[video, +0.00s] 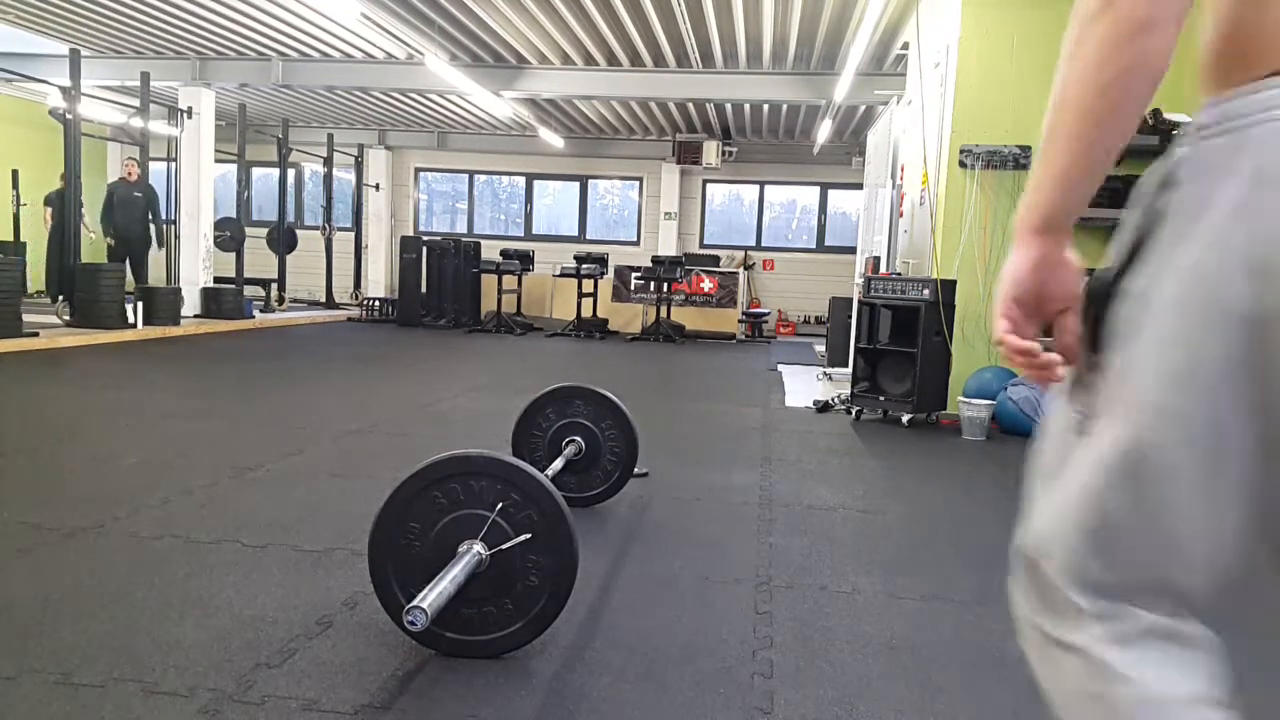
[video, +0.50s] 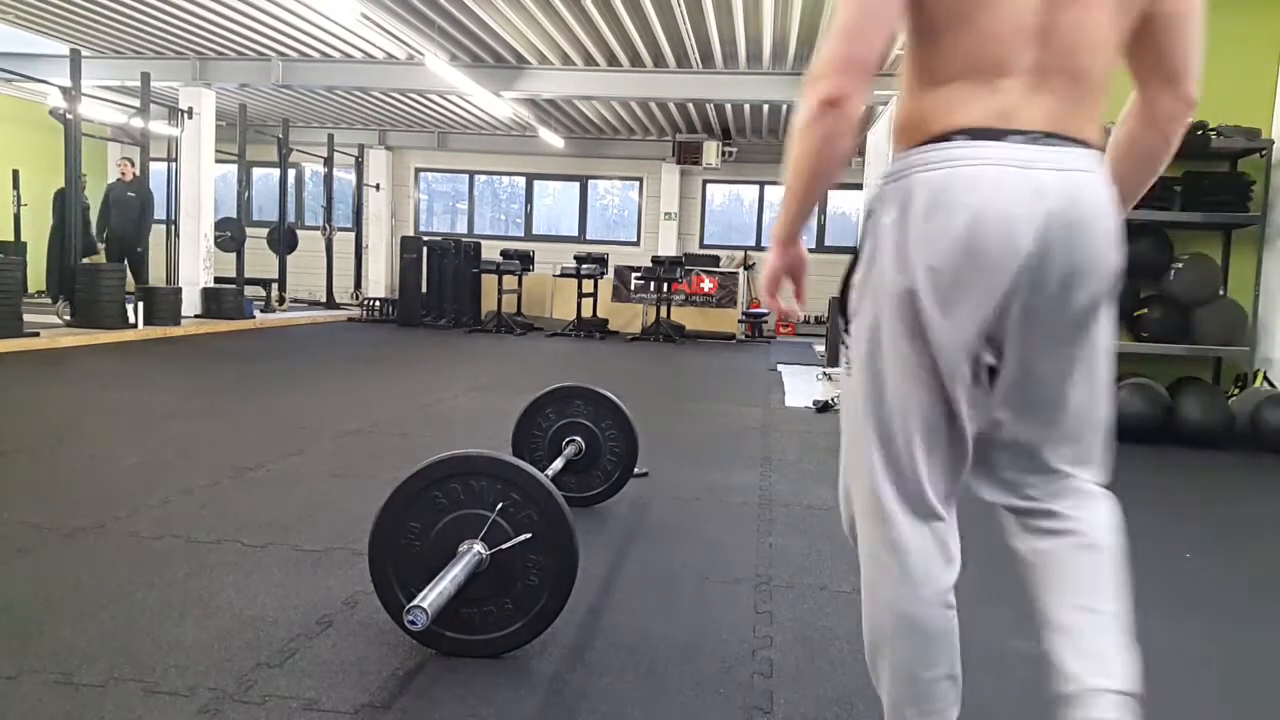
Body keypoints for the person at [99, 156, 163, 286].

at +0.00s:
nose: (129, 169)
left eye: (133, 166)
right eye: (126, 166)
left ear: (138, 169)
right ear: (122, 169)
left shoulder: (147, 189)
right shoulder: (114, 187)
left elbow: (156, 215)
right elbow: (105, 214)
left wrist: (160, 238)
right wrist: (107, 234)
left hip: (139, 242)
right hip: (117, 241)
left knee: (141, 281)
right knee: (115, 280)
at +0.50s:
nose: (122, 168)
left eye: (125, 165)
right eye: (119, 165)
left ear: (132, 168)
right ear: (117, 168)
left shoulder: (143, 189)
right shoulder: (111, 188)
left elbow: (147, 218)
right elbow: (103, 213)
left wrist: (142, 242)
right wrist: (99, 236)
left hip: (135, 242)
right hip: (114, 242)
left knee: (141, 283)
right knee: (113, 281)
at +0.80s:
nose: (109, 168)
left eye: (112, 165)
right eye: (109, 165)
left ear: (122, 168)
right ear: (109, 168)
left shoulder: (132, 187)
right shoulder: (104, 188)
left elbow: (135, 215)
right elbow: (95, 212)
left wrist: (123, 237)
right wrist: (93, 235)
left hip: (123, 238)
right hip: (104, 238)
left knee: (126, 273)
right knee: (106, 273)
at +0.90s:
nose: (106, 169)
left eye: (110, 165)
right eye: (106, 165)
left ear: (120, 168)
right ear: (106, 169)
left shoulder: (129, 187)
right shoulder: (103, 188)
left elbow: (132, 214)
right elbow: (93, 214)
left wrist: (110, 224)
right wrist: (89, 236)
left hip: (121, 237)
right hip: (102, 237)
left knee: (120, 272)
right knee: (104, 272)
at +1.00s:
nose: (105, 169)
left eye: (109, 166)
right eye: (105, 166)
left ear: (119, 168)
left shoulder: (126, 185)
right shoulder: (105, 187)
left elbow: (128, 209)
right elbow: (94, 214)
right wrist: (89, 238)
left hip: (119, 238)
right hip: (102, 237)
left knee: (115, 273)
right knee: (102, 273)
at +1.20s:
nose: (102, 170)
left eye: (105, 167)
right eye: (102, 167)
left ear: (115, 168)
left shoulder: (125, 183)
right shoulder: (102, 188)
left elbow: (111, 195)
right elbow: (93, 213)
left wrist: (98, 183)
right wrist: (87, 236)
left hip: (117, 235)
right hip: (101, 234)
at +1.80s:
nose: (95, 170)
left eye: (97, 167)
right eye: (95, 167)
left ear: (107, 168)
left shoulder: (118, 183)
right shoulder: (101, 184)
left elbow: (94, 188)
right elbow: (94, 215)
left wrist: (93, 176)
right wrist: (90, 235)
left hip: (109, 232)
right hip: (97, 231)